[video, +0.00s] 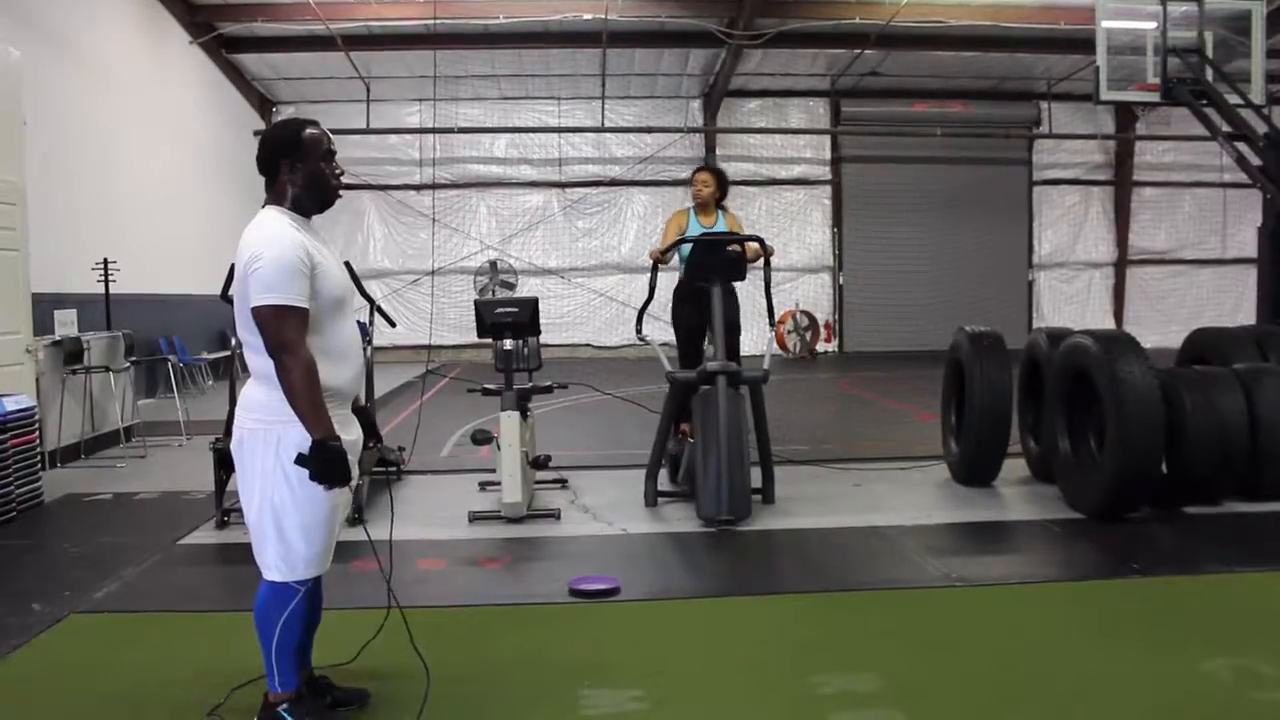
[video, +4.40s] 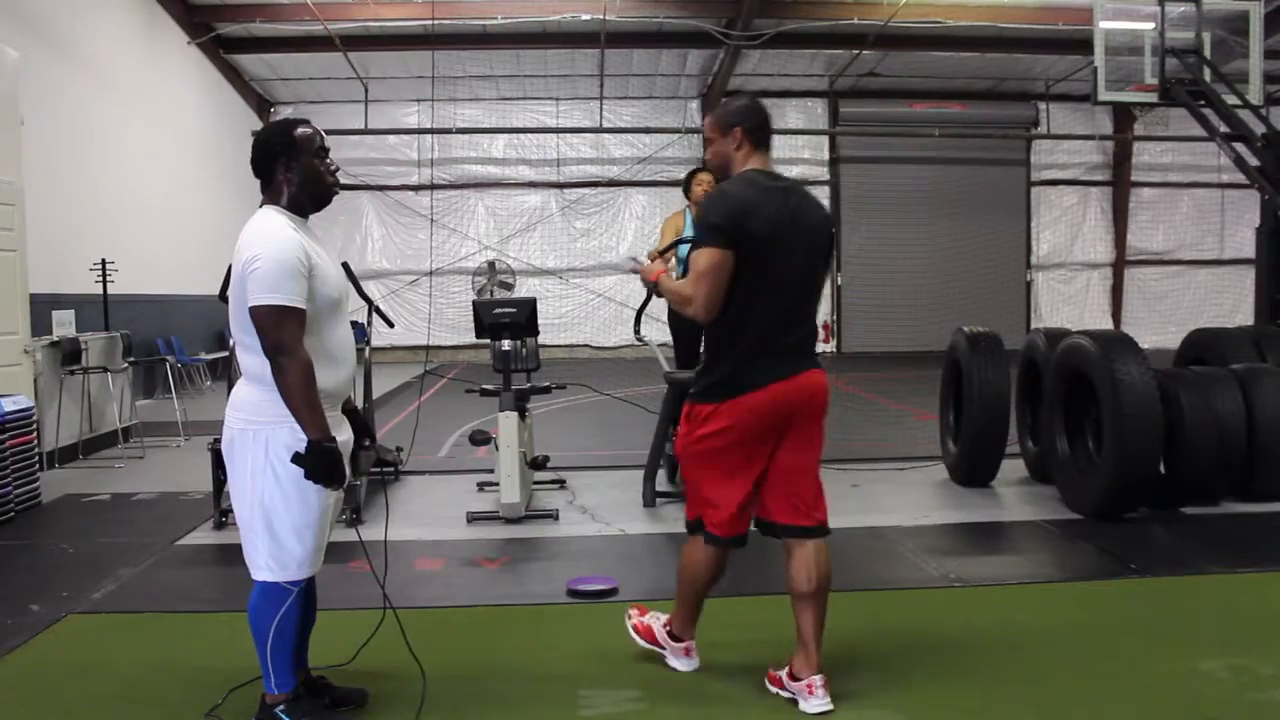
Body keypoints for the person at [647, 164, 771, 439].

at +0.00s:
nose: (697, 189)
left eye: (704, 185)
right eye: (695, 184)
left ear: (718, 190)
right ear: (690, 188)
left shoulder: (729, 219)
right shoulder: (680, 218)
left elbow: (745, 254)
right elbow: (667, 252)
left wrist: (759, 250)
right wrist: (659, 256)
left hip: (723, 294)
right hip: (689, 295)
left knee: (731, 356)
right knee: (690, 360)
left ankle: (731, 417)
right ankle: (685, 421)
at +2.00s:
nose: (683, 195)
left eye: (690, 190)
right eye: (679, 190)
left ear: (703, 195)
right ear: (675, 193)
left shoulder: (719, 222)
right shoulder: (669, 226)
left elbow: (739, 252)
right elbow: (663, 262)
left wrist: (757, 251)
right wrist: (656, 258)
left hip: (716, 298)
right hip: (683, 300)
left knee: (728, 360)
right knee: (686, 366)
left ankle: (728, 423)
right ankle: (684, 428)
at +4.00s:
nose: (693, 187)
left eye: (699, 182)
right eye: (688, 182)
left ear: (708, 188)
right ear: (680, 187)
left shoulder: (722, 217)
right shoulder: (672, 218)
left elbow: (731, 250)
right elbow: (662, 252)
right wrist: (657, 255)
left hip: (716, 293)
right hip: (683, 294)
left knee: (722, 360)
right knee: (686, 360)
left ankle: (721, 419)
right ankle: (682, 421)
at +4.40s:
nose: (706, 188)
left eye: (710, 184)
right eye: (699, 184)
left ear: (717, 189)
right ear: (688, 191)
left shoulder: (724, 220)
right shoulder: (676, 221)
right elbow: (662, 257)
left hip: (718, 294)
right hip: (685, 293)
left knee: (718, 359)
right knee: (687, 360)